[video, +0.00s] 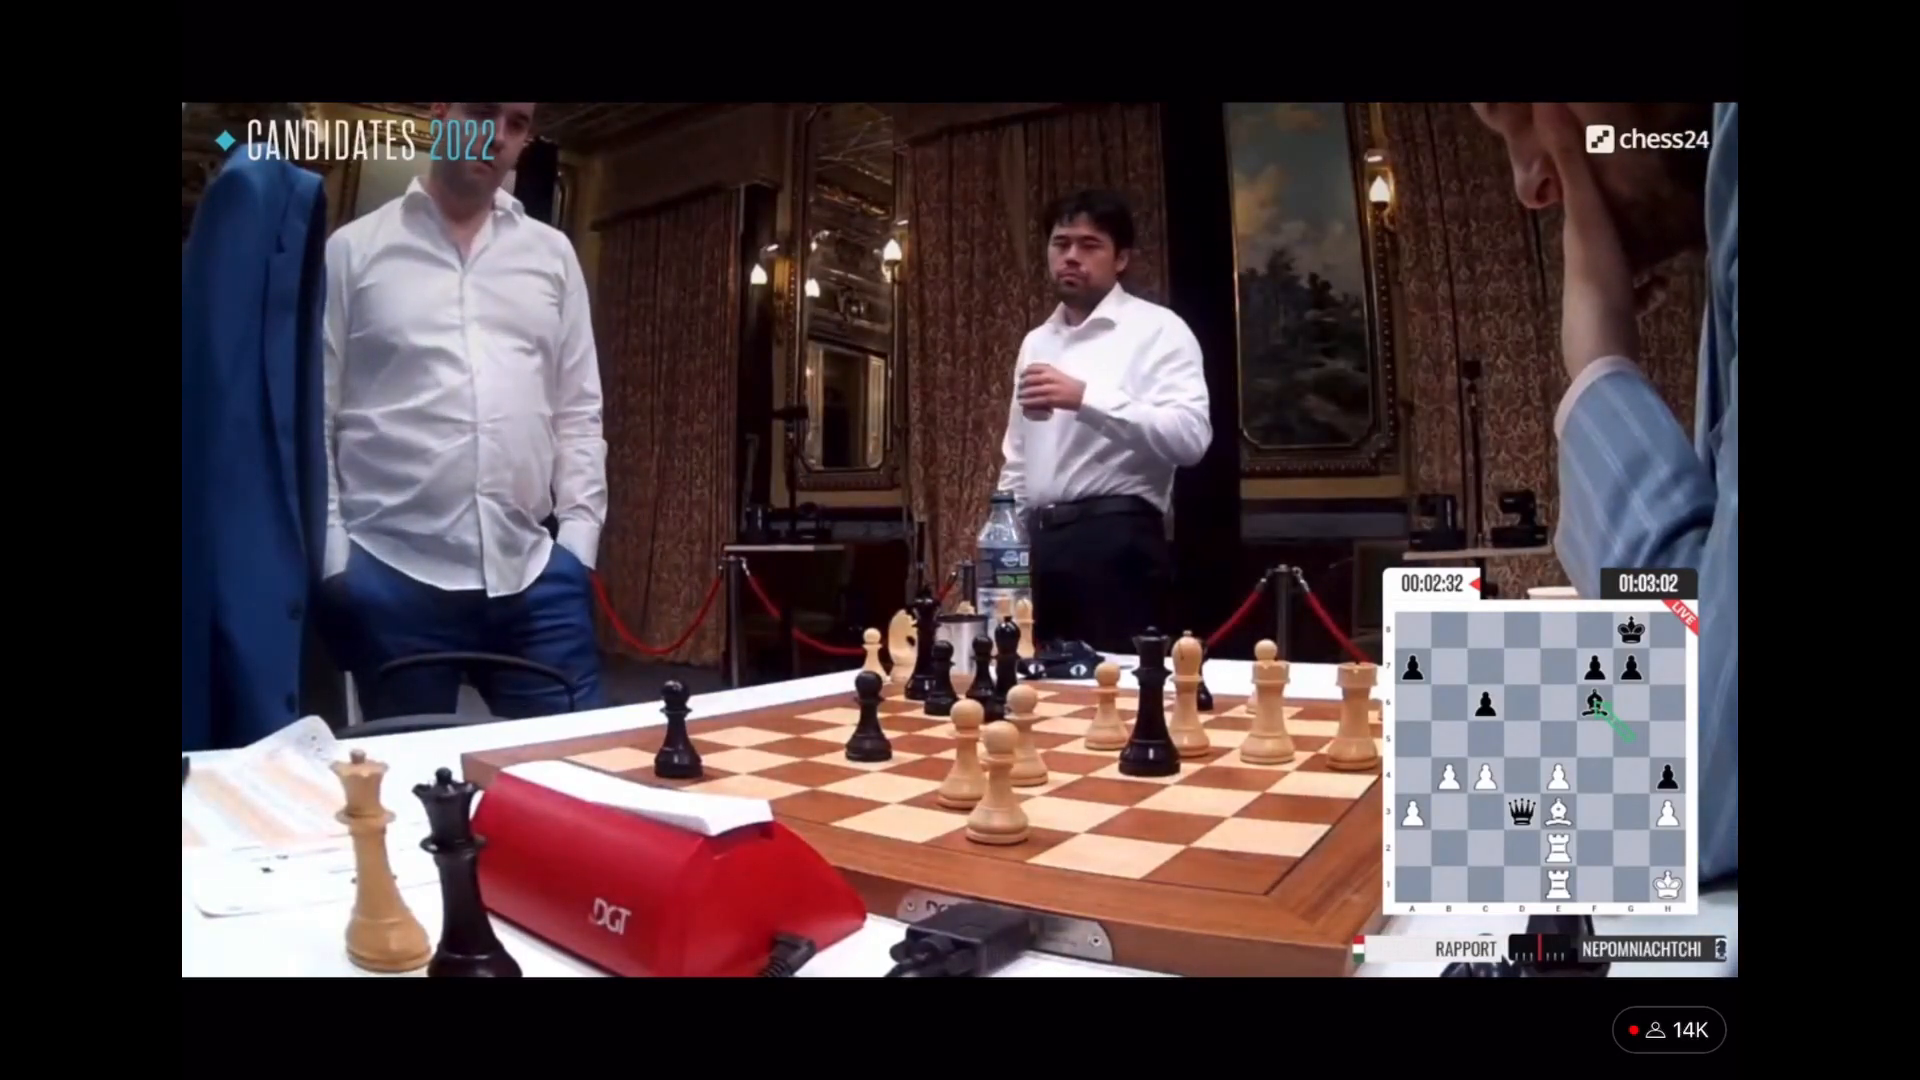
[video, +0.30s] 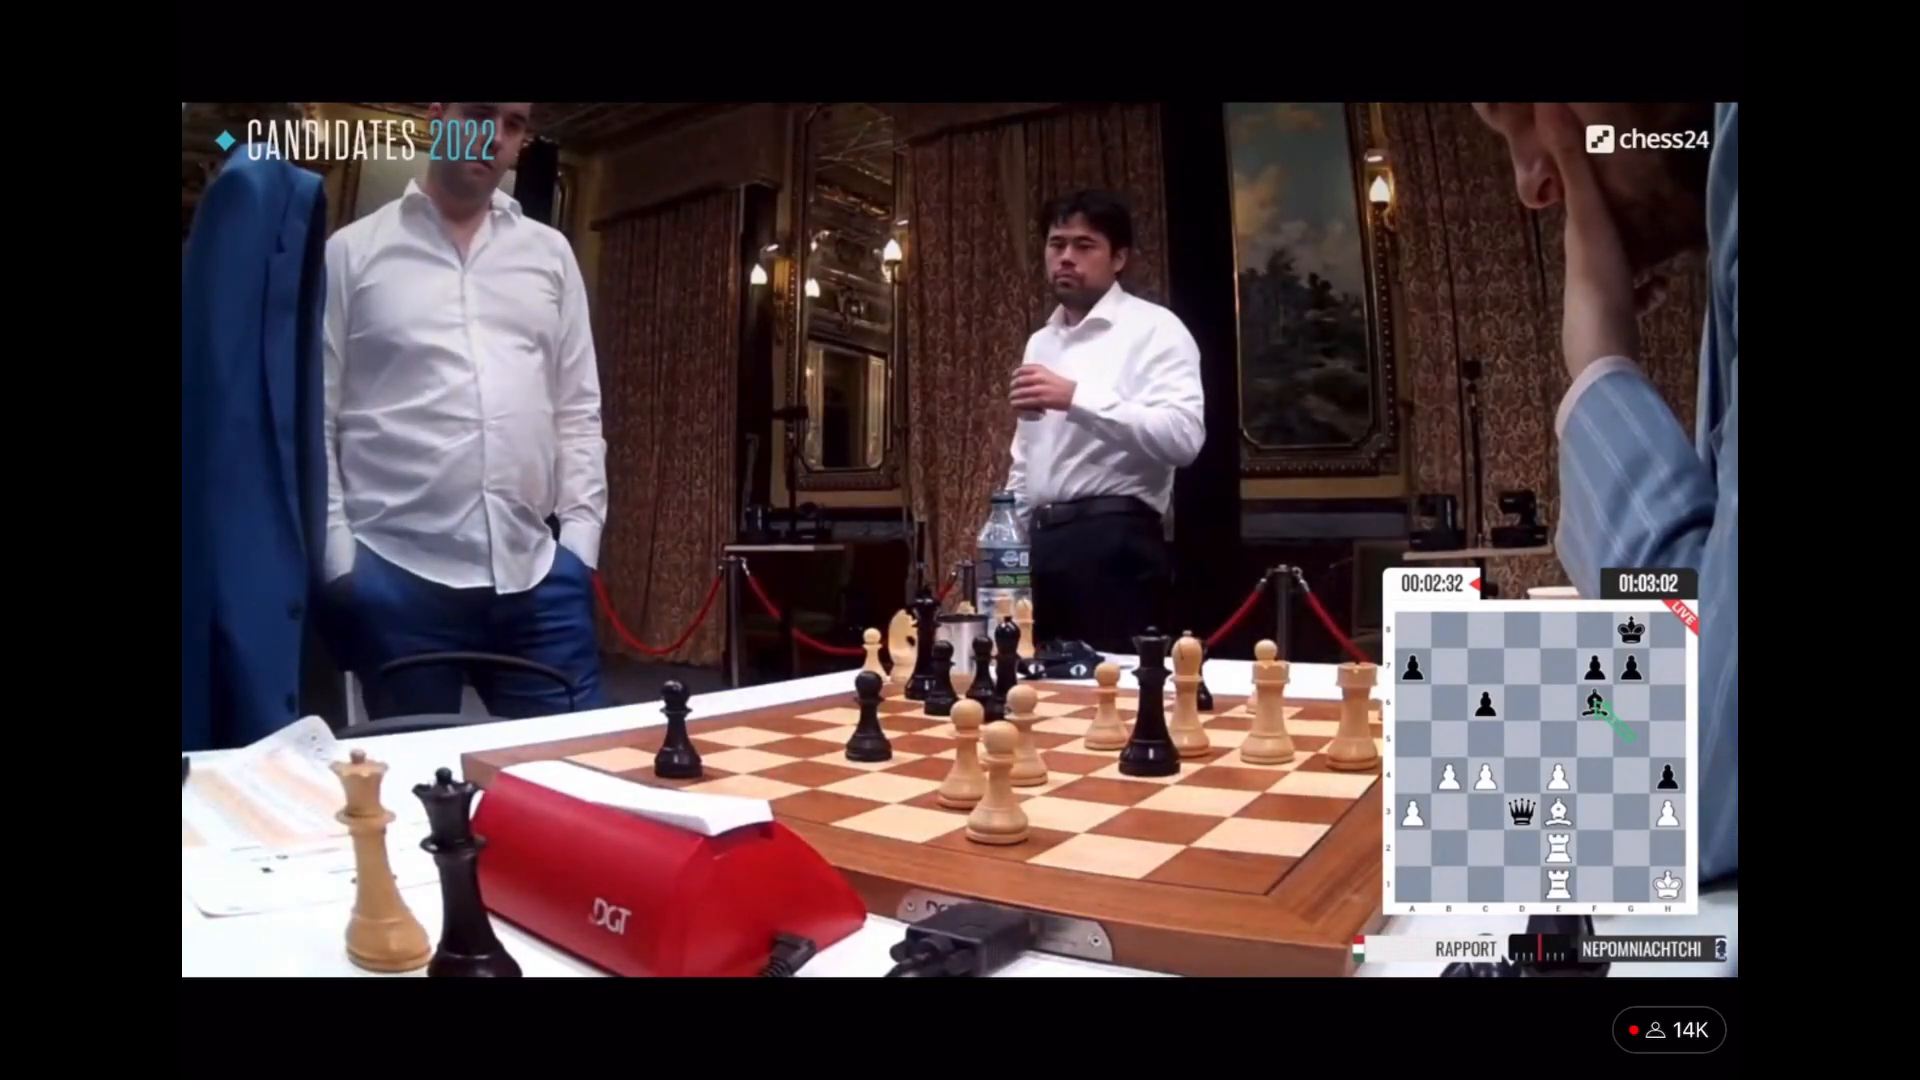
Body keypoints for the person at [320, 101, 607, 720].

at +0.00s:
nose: (494, 138)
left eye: (515, 125)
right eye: (480, 114)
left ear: (528, 140)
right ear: (438, 114)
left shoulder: (552, 253)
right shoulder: (353, 252)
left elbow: (579, 412)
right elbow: (316, 417)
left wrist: (576, 546)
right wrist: (337, 564)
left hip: (535, 578)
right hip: (394, 583)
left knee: (581, 777)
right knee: (410, 790)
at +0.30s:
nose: (492, 139)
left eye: (513, 125)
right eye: (478, 115)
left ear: (526, 142)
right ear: (436, 115)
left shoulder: (550, 252)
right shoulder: (352, 253)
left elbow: (579, 411)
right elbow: (317, 417)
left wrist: (578, 545)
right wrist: (342, 565)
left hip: (539, 579)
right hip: (398, 584)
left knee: (581, 777)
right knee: (414, 789)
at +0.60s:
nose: (493, 141)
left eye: (513, 127)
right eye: (479, 117)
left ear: (527, 142)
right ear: (436, 116)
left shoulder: (553, 257)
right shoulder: (355, 257)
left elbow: (582, 415)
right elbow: (319, 422)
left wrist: (584, 548)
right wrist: (347, 566)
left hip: (544, 582)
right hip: (404, 585)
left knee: (570, 788)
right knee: (419, 792)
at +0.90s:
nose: (494, 141)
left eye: (514, 127)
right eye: (479, 117)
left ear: (528, 142)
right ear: (438, 118)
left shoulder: (558, 258)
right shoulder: (358, 259)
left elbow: (587, 415)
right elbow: (323, 420)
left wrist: (588, 549)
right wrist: (346, 565)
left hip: (547, 581)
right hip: (405, 584)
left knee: (578, 786)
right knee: (420, 792)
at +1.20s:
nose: (497, 142)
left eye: (517, 128)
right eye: (482, 118)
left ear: (531, 143)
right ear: (441, 119)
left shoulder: (564, 258)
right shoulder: (362, 261)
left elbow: (594, 416)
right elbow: (326, 420)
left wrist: (595, 549)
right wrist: (350, 562)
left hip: (554, 582)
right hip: (410, 585)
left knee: (578, 788)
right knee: (423, 791)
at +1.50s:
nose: (497, 142)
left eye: (518, 128)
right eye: (482, 119)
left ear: (533, 142)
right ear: (442, 119)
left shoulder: (566, 257)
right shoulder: (364, 260)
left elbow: (594, 416)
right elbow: (327, 420)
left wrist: (591, 550)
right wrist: (345, 563)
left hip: (550, 583)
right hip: (405, 585)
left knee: (571, 790)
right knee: (417, 792)